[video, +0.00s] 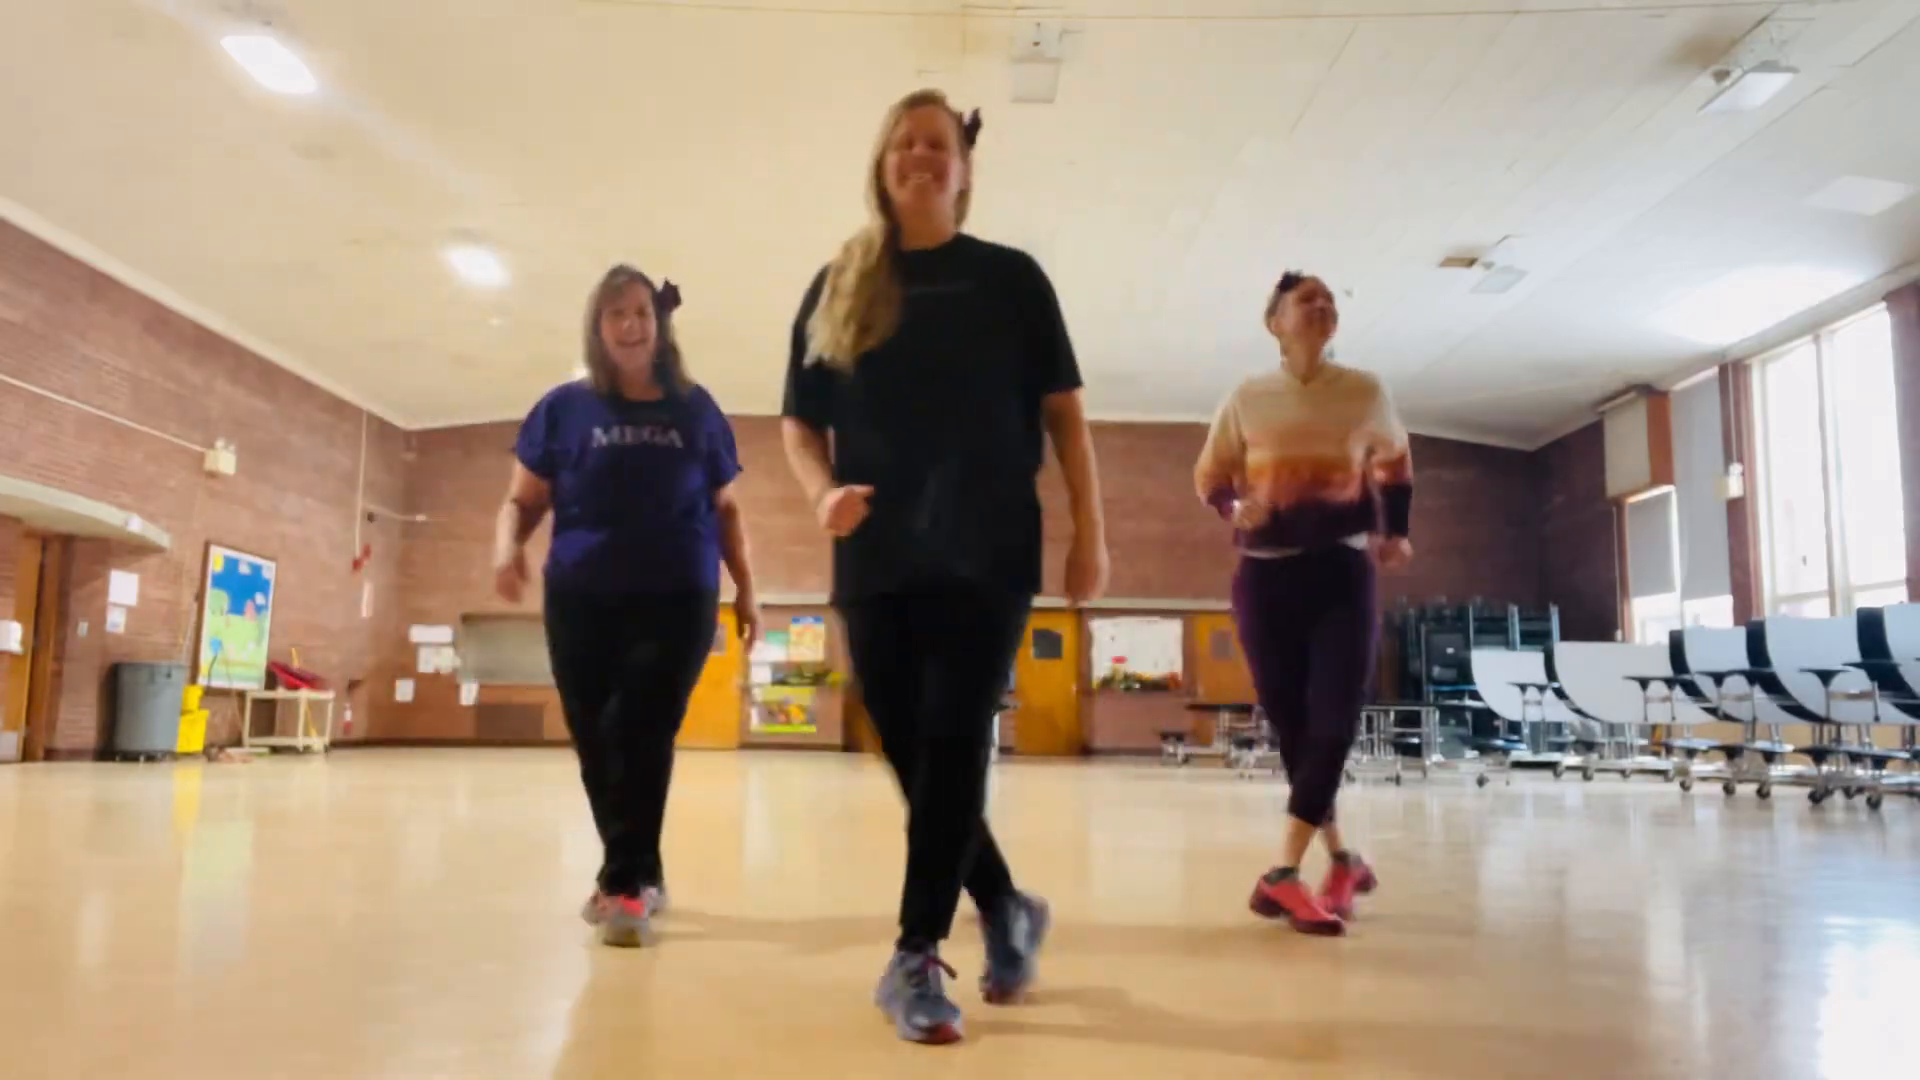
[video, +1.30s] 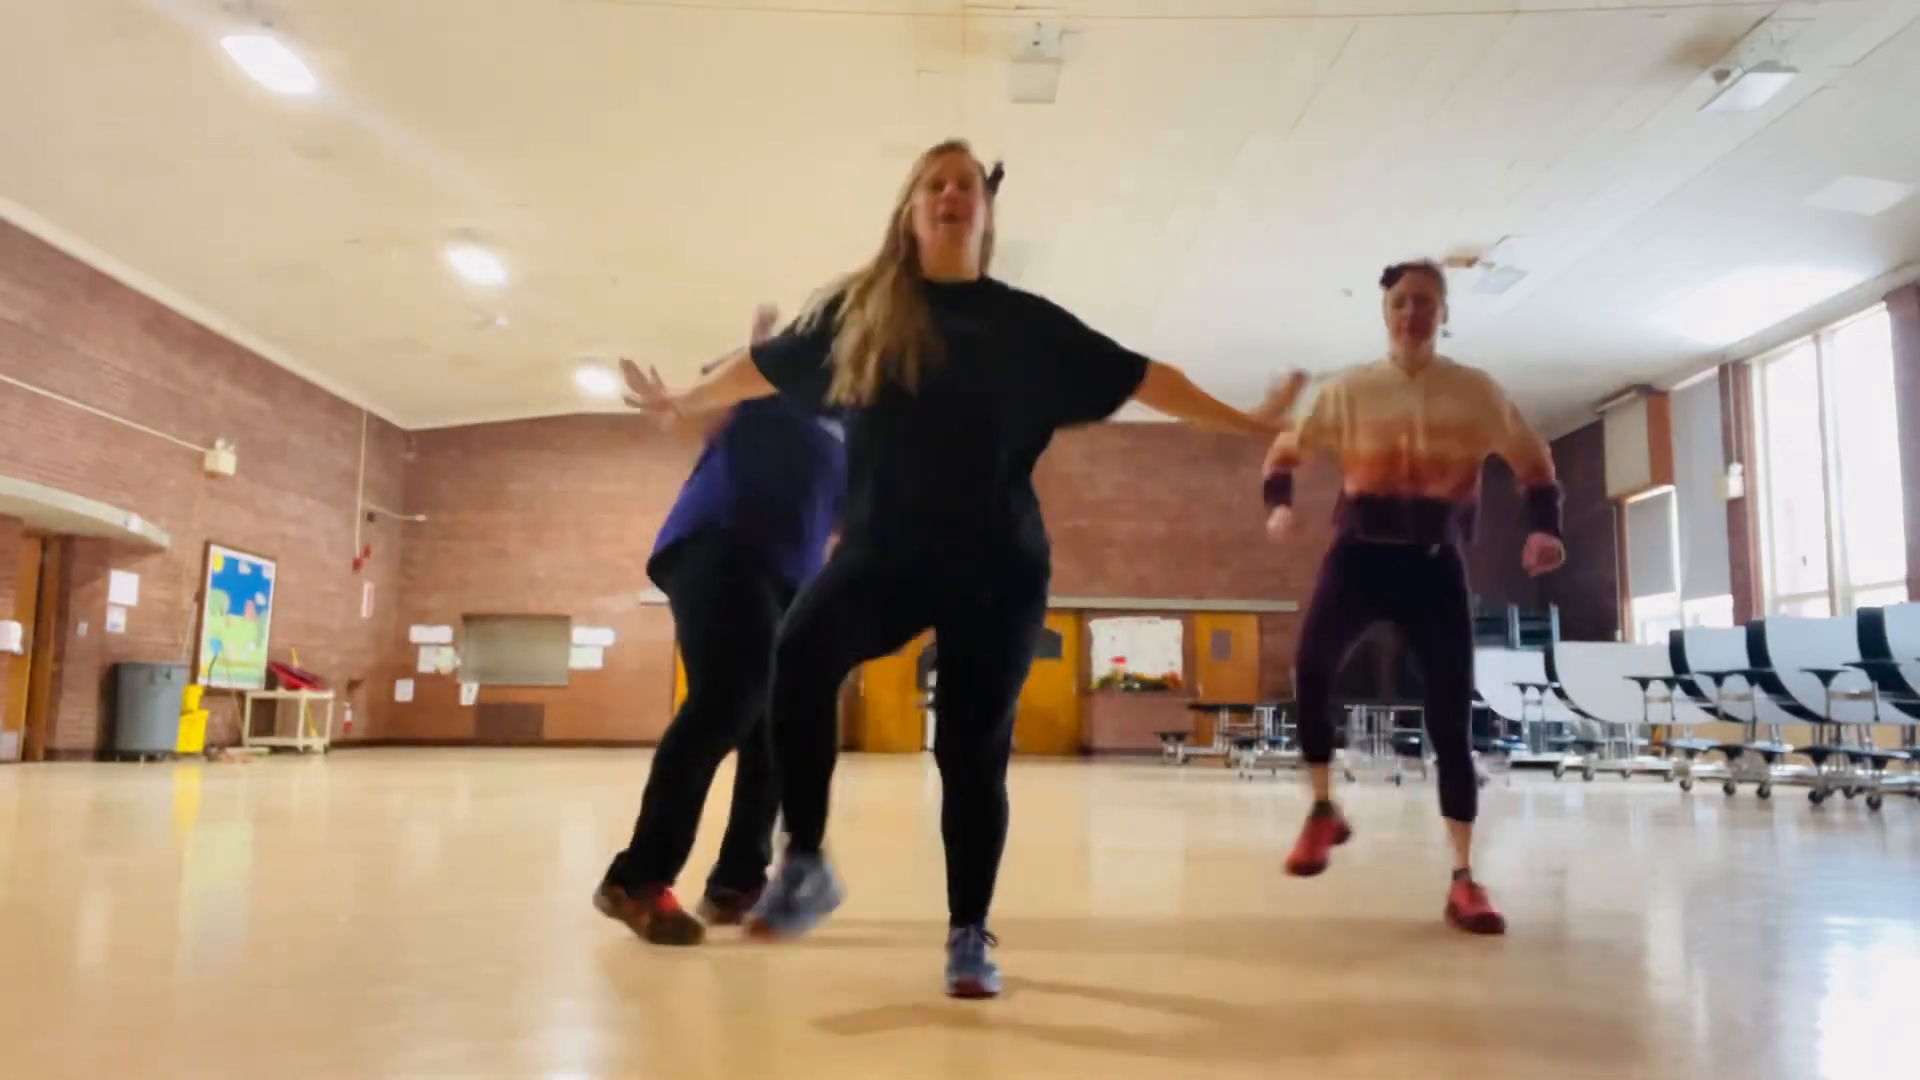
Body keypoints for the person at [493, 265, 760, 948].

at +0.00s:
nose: (631, 324)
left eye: (642, 313)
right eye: (618, 314)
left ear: (660, 322)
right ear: (597, 326)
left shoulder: (695, 409)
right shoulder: (563, 409)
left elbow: (725, 508)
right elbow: (523, 500)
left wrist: (744, 590)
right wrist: (508, 550)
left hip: (675, 596)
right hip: (583, 595)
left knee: (641, 735)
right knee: (597, 740)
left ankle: (620, 889)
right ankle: (638, 877)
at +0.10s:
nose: (628, 324)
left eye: (637, 312)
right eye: (613, 315)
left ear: (657, 321)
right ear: (594, 328)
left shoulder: (701, 400)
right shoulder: (573, 414)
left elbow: (741, 495)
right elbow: (544, 503)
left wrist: (751, 573)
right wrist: (541, 534)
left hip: (692, 587)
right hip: (600, 592)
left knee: (676, 728)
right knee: (609, 736)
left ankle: (665, 882)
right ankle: (629, 877)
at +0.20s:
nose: (638, 318)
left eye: (647, 306)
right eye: (624, 310)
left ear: (669, 315)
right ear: (606, 326)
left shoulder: (715, 396)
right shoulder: (585, 412)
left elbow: (762, 484)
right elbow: (559, 497)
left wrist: (773, 552)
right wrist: (556, 507)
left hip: (707, 582)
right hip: (613, 589)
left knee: (703, 722)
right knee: (619, 738)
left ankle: (729, 872)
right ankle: (637, 877)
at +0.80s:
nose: (728, 318)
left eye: (739, 308)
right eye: (716, 308)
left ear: (758, 322)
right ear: (695, 323)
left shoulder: (788, 405)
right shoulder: (661, 400)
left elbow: (818, 490)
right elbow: (614, 476)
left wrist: (820, 538)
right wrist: (598, 476)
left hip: (764, 597)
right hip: (670, 592)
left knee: (756, 742)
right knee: (649, 735)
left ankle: (740, 883)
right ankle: (638, 878)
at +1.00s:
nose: (793, 321)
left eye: (806, 313)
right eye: (782, 310)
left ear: (822, 330)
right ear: (762, 321)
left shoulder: (825, 420)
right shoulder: (716, 389)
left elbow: (831, 514)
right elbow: (649, 467)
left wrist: (893, 556)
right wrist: (663, 456)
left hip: (781, 591)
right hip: (689, 572)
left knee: (761, 737)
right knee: (639, 711)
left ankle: (742, 882)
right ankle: (617, 834)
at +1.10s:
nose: (812, 319)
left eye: (825, 312)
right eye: (803, 307)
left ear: (841, 328)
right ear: (781, 316)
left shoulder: (845, 410)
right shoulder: (732, 376)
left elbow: (860, 502)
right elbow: (651, 414)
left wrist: (898, 490)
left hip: (786, 579)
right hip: (697, 552)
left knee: (761, 731)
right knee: (679, 673)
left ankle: (743, 880)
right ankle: (613, 809)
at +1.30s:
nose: (873, 352)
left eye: (880, 343)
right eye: (863, 333)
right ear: (836, 327)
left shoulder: (860, 415)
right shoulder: (778, 369)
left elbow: (850, 514)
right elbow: (703, 407)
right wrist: (756, 359)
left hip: (787, 567)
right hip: (716, 541)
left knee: (776, 717)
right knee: (727, 698)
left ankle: (738, 883)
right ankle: (638, 878)